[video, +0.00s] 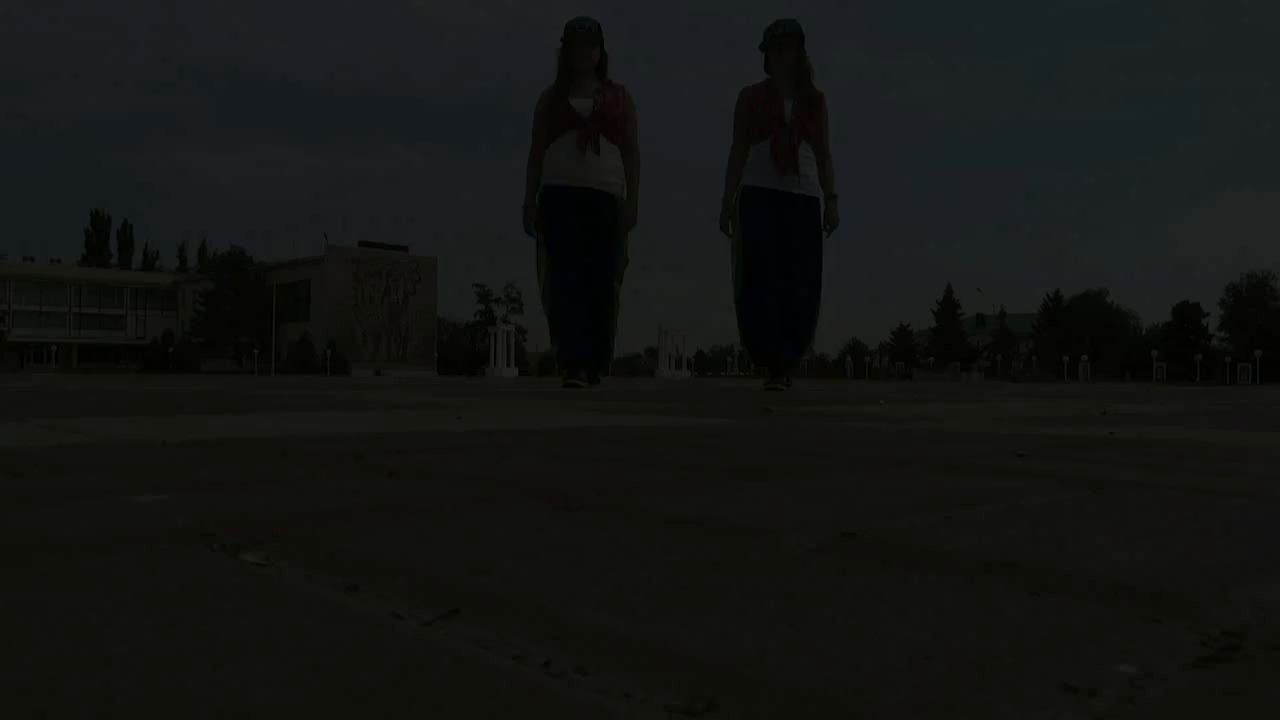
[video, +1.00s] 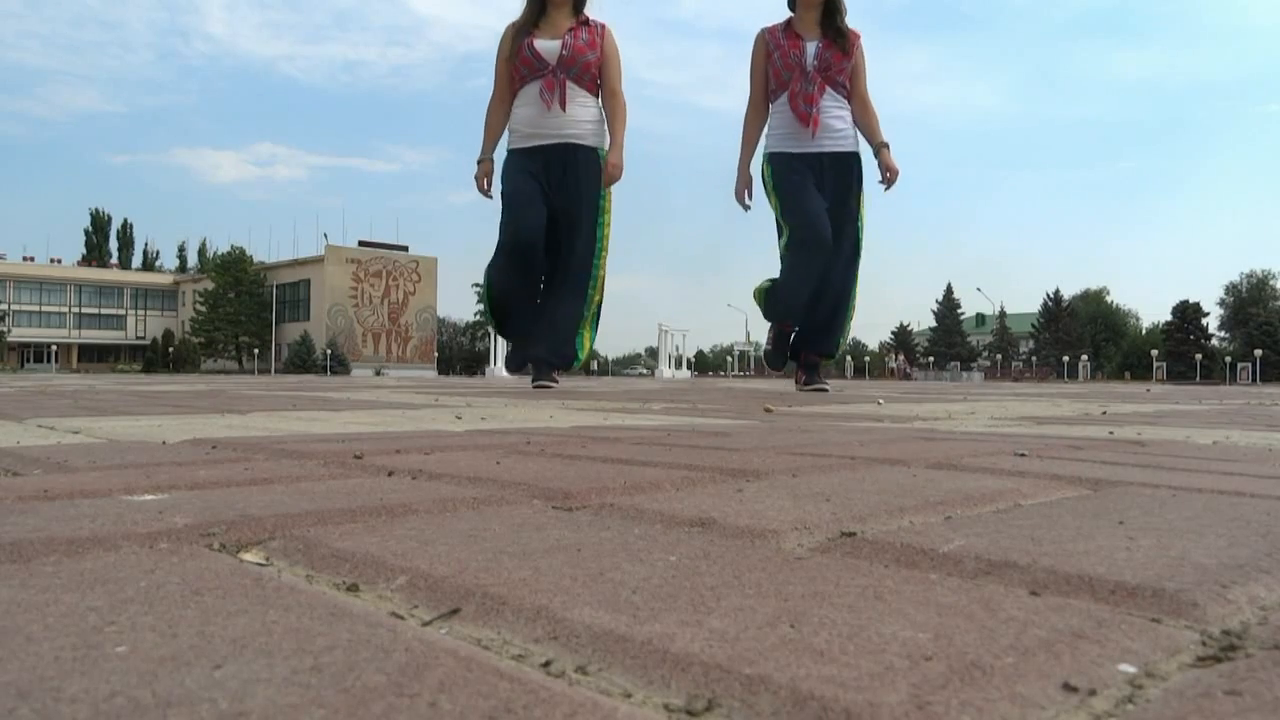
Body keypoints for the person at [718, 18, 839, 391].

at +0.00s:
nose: (785, 58)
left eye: (791, 50)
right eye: (777, 50)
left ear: (801, 54)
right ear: (766, 54)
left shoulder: (813, 98)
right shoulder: (751, 96)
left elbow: (822, 152)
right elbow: (738, 152)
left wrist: (830, 198)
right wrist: (728, 202)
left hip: (802, 201)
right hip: (758, 199)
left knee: (798, 280)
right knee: (760, 279)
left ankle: (787, 366)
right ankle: (768, 365)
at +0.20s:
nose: (786, 42)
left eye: (793, 36)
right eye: (780, 36)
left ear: (803, 42)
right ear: (768, 41)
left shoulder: (815, 92)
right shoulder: (750, 86)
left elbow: (822, 146)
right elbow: (737, 141)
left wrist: (833, 188)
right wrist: (726, 192)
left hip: (804, 194)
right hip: (758, 191)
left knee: (805, 273)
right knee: (763, 275)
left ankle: (798, 346)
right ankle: (775, 367)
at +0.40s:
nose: (789, 33)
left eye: (796, 27)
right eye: (782, 26)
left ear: (806, 32)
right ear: (771, 31)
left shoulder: (816, 84)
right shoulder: (748, 78)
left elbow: (823, 140)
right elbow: (736, 136)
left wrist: (836, 189)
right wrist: (731, 187)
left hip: (809, 188)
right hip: (762, 188)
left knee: (811, 271)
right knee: (767, 275)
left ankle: (811, 362)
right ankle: (776, 367)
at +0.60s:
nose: (796, 21)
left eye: (804, 14)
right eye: (788, 14)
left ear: (812, 21)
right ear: (776, 20)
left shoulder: (823, 76)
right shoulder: (752, 72)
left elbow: (830, 138)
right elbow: (741, 134)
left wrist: (844, 194)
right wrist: (733, 188)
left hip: (817, 183)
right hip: (767, 184)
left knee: (815, 268)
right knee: (771, 272)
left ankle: (811, 361)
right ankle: (777, 367)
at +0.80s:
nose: (804, 2)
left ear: (821, 4)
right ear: (785, 3)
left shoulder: (836, 57)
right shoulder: (761, 53)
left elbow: (844, 123)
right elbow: (748, 119)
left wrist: (860, 181)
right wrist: (735, 174)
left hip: (831, 174)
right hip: (777, 176)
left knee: (825, 267)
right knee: (779, 267)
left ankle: (811, 365)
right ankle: (772, 347)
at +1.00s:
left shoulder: (849, 39)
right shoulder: (769, 38)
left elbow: (860, 100)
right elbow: (758, 105)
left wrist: (881, 148)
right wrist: (744, 165)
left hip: (841, 159)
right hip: (787, 158)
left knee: (841, 256)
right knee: (814, 238)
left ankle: (812, 361)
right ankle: (782, 321)